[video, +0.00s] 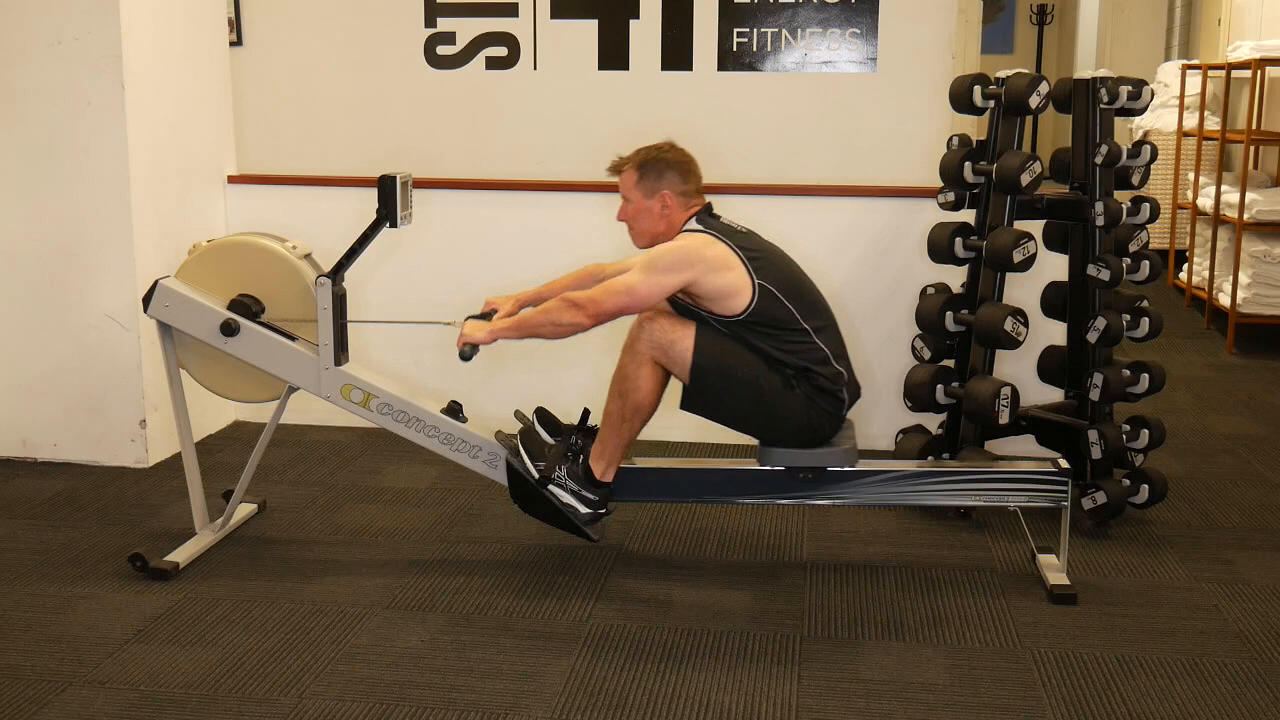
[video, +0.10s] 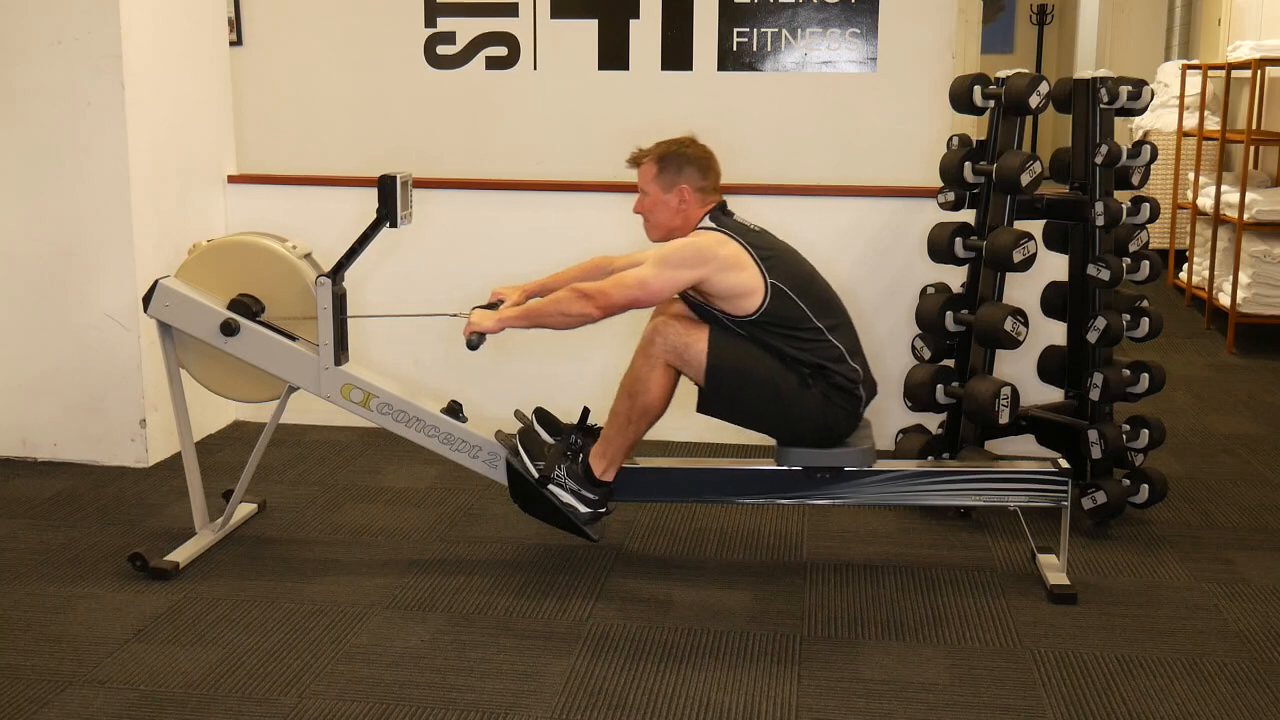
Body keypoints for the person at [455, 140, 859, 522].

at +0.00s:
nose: (619, 214)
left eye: (627, 201)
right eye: (621, 201)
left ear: (666, 204)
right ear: (670, 205)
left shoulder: (690, 251)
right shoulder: (693, 237)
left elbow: (587, 310)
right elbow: (603, 278)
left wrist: (496, 331)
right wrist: (521, 300)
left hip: (807, 405)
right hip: (804, 390)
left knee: (652, 331)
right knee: (652, 317)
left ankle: (595, 479)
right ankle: (597, 449)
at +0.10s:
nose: (636, 205)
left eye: (644, 193)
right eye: (637, 193)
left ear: (683, 200)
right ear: (687, 201)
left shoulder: (703, 249)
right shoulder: (706, 235)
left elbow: (596, 301)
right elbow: (612, 271)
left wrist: (504, 319)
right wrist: (530, 292)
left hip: (824, 404)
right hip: (820, 389)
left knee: (667, 332)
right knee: (670, 314)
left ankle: (595, 477)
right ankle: (603, 450)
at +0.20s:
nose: (649, 204)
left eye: (658, 193)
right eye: (651, 192)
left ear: (697, 200)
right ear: (700, 201)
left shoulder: (716, 252)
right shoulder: (716, 238)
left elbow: (609, 307)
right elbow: (622, 275)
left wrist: (515, 326)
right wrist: (539, 298)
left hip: (838, 404)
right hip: (832, 388)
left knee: (680, 335)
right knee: (682, 320)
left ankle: (595, 478)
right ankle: (604, 450)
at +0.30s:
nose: (664, 204)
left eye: (671, 193)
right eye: (664, 193)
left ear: (710, 198)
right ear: (714, 199)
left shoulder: (732, 251)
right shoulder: (730, 238)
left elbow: (624, 308)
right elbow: (637, 276)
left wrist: (531, 326)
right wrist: (556, 298)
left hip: (852, 403)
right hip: (840, 386)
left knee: (689, 344)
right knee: (687, 332)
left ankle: (596, 477)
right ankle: (604, 451)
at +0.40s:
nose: (687, 192)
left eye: (695, 182)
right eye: (689, 181)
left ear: (734, 190)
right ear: (737, 190)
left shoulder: (754, 247)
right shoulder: (753, 234)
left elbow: (650, 304)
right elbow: (661, 271)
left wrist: (556, 323)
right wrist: (579, 295)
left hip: (863, 400)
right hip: (843, 374)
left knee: (697, 358)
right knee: (698, 333)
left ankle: (594, 482)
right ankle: (603, 453)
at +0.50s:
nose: (717, 181)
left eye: (728, 170)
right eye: (722, 169)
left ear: (766, 176)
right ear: (768, 176)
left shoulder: (787, 239)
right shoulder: (778, 228)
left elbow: (677, 300)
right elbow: (684, 269)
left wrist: (586, 320)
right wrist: (607, 292)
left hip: (874, 397)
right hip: (850, 369)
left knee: (706, 363)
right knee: (705, 339)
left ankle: (594, 483)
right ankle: (604, 450)